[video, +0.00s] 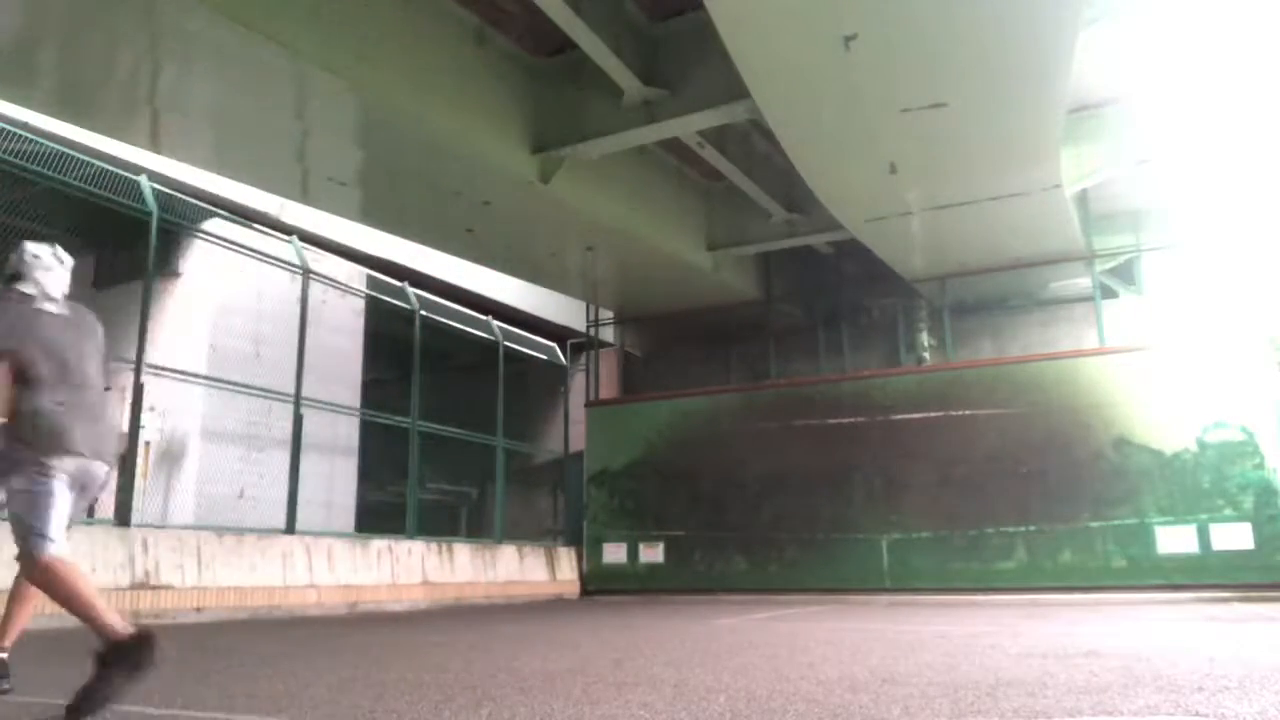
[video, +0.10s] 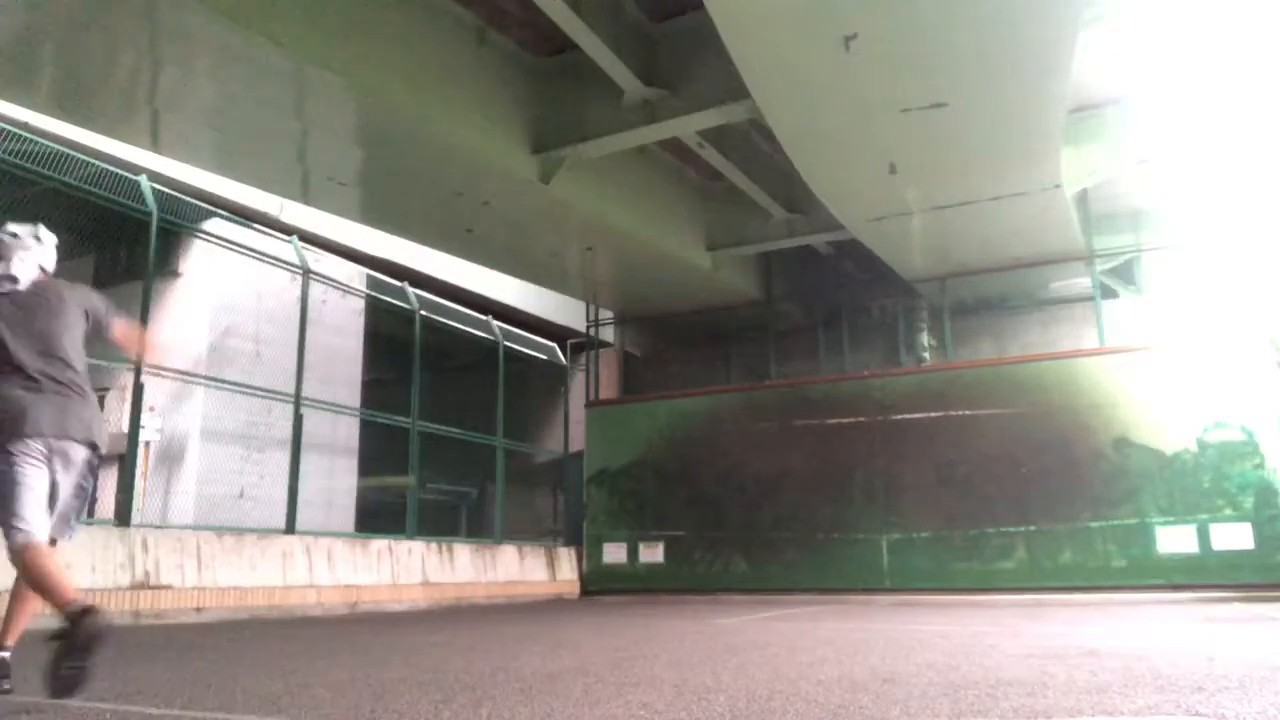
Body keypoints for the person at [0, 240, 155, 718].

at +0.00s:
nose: (12, 282)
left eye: (16, 275)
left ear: (18, 278)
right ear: (63, 281)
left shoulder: (10, 313)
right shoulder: (89, 322)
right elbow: (97, 387)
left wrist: (6, 433)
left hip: (42, 447)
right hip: (97, 453)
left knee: (39, 555)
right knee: (35, 559)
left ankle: (119, 639)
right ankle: (1, 654)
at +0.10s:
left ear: (5, 260)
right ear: (47, 262)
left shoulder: (3, 297)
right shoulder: (74, 296)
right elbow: (134, 339)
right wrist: (149, 351)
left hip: (20, 425)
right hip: (80, 430)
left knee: (24, 544)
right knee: (42, 550)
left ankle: (78, 612)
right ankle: (3, 654)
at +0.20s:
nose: (15, 252)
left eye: (11, 243)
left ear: (6, 247)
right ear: (41, 244)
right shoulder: (69, 278)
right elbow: (135, 271)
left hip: (10, 420)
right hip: (61, 421)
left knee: (6, 530)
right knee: (39, 537)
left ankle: (22, 623)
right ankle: (15, 631)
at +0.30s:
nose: (37, 236)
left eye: (27, 231)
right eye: (35, 230)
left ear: (4, 238)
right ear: (33, 236)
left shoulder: (14, 267)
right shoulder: (58, 260)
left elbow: (126, 220)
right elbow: (127, 221)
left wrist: (169, 176)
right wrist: (175, 170)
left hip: (9, 414)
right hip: (42, 414)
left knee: (13, 539)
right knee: (26, 541)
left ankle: (4, 649)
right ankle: (1, 649)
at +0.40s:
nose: (29, 229)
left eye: (21, 226)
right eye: (24, 225)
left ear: (8, 234)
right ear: (18, 231)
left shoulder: (30, 263)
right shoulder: (35, 262)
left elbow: (98, 210)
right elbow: (99, 211)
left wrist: (122, 147)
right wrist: (123, 145)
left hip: (18, 409)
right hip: (26, 409)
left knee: (18, 539)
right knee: (19, 540)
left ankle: (2, 646)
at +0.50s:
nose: (24, 244)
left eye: (20, 236)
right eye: (18, 237)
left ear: (15, 235)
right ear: (9, 238)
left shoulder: (22, 261)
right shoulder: (16, 263)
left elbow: (79, 235)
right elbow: (79, 234)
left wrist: (103, 161)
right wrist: (105, 160)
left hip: (25, 416)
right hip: (14, 415)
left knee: (18, 541)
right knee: (13, 543)